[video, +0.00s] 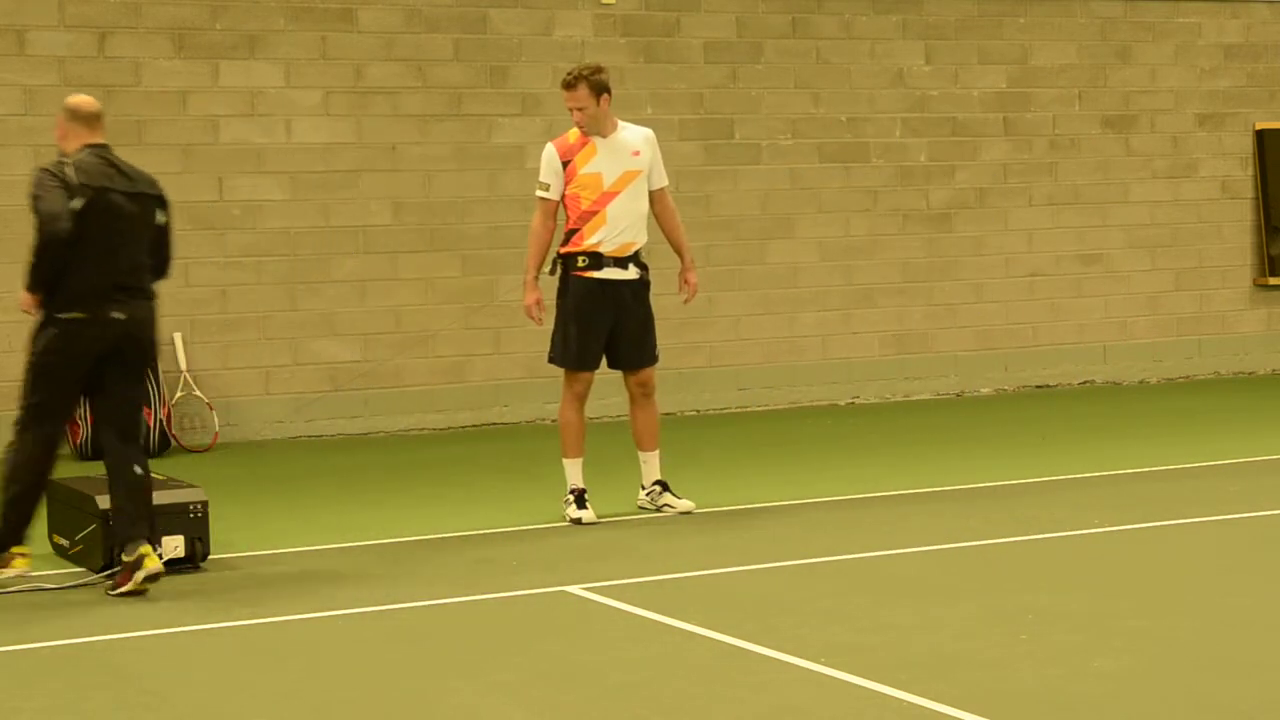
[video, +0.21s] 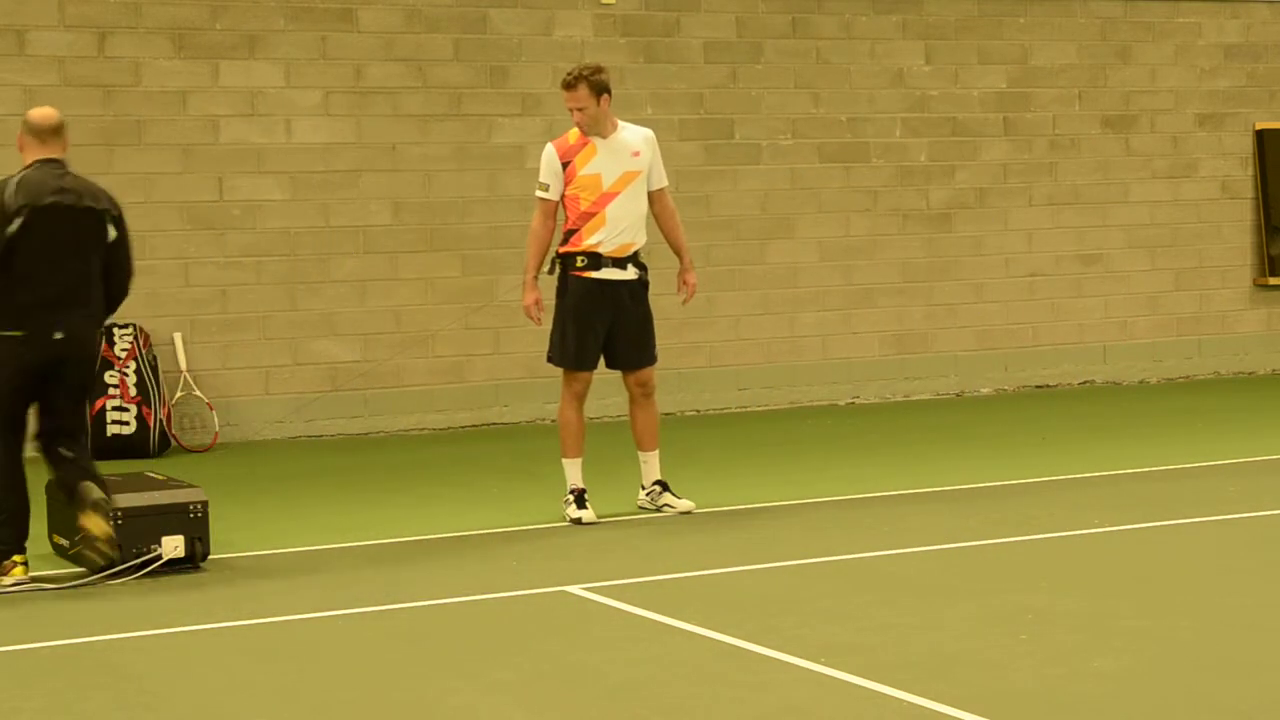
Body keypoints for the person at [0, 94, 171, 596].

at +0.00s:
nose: (56, 137)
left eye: (57, 130)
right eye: (59, 130)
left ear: (65, 129)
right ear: (102, 128)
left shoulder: (56, 175)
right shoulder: (146, 185)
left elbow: (56, 228)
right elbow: (158, 264)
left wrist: (36, 286)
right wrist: (109, 273)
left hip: (72, 327)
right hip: (133, 328)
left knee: (37, 434)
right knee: (123, 439)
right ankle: (138, 548)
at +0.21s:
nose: (17, 151)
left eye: (18, 145)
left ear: (22, 145)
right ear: (65, 144)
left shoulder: (9, 196)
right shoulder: (101, 200)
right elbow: (119, 279)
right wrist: (86, 318)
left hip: (14, 345)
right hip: (78, 346)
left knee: (7, 446)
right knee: (64, 436)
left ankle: (11, 555)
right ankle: (91, 500)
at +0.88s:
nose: (69, 141)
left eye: (68, 132)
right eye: (64, 132)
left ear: (29, 131)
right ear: (41, 131)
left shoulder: (2, 173)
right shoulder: (55, 188)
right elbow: (68, 264)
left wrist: (73, 322)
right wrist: (80, 321)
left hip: (2, 322)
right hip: (30, 327)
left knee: (9, 428)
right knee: (25, 432)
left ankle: (6, 530)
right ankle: (5, 532)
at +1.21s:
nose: (78, 148)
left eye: (77, 139)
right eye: (73, 139)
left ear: (38, 137)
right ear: (47, 137)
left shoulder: (6, 176)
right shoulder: (52, 186)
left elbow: (12, 253)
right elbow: (60, 258)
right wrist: (80, 319)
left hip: (2, 316)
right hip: (29, 318)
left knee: (21, 417)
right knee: (49, 419)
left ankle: (26, 517)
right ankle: (1, 515)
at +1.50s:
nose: (82, 152)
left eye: (83, 144)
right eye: (78, 143)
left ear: (53, 137)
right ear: (50, 135)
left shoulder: (47, 177)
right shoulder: (25, 180)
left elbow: (47, 253)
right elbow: (24, 253)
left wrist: (64, 312)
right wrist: (63, 310)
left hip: (34, 319)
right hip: (17, 319)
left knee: (46, 411)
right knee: (37, 413)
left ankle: (28, 510)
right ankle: (24, 518)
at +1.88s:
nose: (68, 147)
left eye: (69, 139)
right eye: (61, 140)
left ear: (45, 139)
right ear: (31, 138)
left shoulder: (70, 187)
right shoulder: (3, 192)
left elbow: (81, 253)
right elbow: (1, 263)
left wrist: (98, 310)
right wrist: (7, 320)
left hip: (70, 327)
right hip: (20, 331)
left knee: (93, 414)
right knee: (22, 428)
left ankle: (86, 512)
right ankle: (28, 521)